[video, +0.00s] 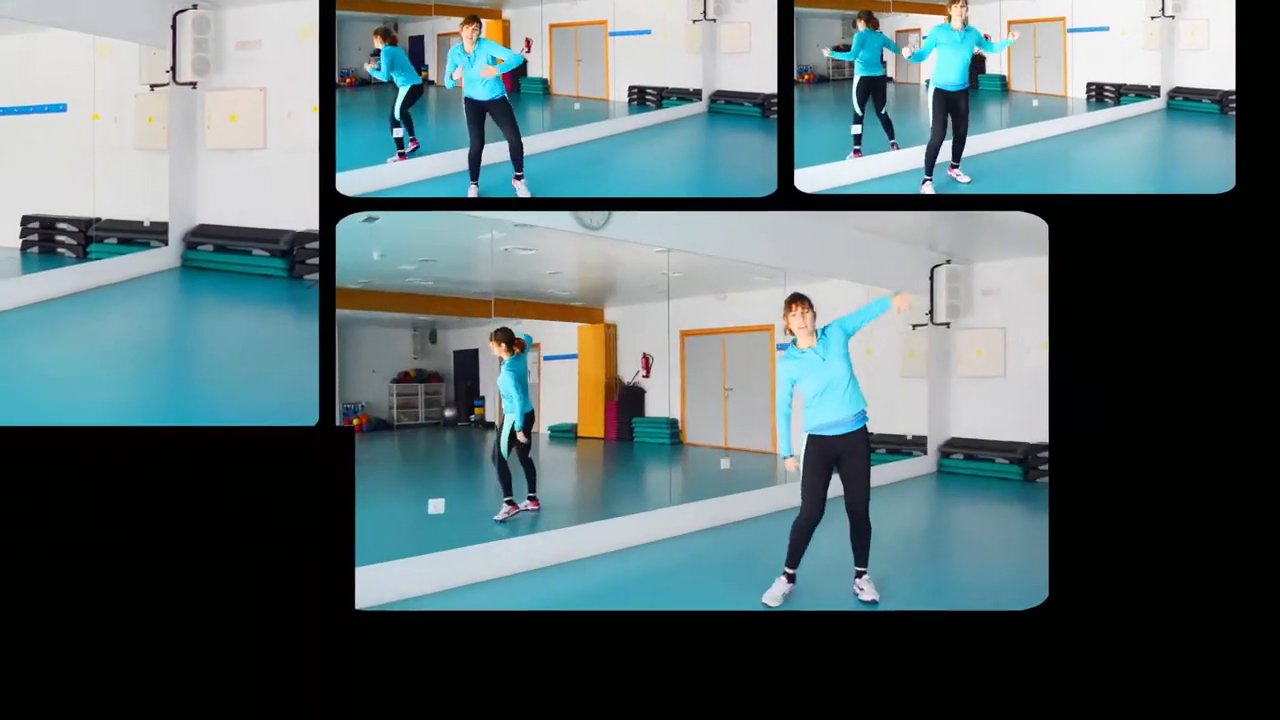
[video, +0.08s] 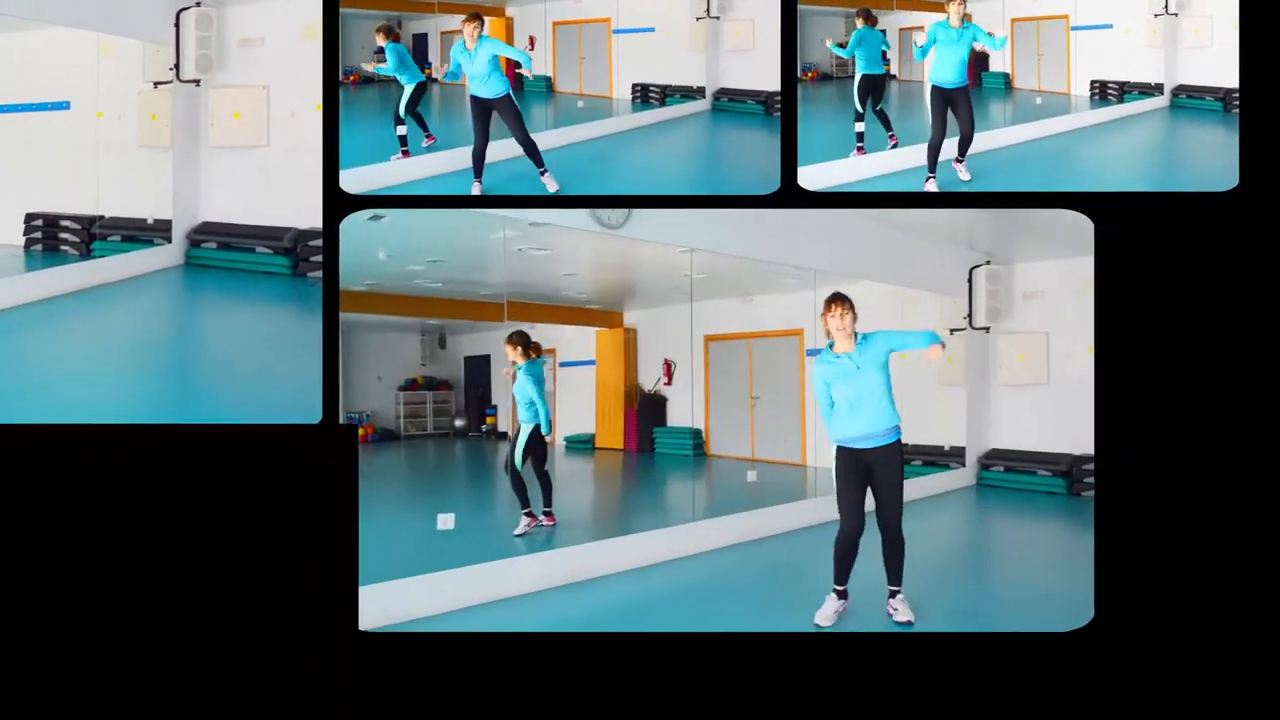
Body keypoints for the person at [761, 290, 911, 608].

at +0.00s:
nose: (801, 317)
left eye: (805, 311)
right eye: (794, 313)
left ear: (813, 315)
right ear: (787, 322)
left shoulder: (837, 331)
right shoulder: (788, 362)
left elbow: (867, 313)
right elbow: (783, 409)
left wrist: (894, 298)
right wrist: (787, 451)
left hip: (854, 436)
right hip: (818, 441)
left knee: (859, 510)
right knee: (810, 513)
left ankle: (861, 577)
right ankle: (787, 578)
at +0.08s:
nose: (839, 319)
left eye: (844, 313)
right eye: (832, 314)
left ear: (854, 317)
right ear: (824, 322)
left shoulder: (878, 342)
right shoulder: (821, 365)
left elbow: (924, 336)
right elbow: (827, 411)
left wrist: (935, 342)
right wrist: (842, 442)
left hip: (887, 448)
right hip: (848, 452)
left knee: (891, 523)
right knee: (850, 525)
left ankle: (895, 597)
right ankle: (838, 595)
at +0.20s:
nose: (892, 322)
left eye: (898, 316)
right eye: (885, 317)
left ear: (909, 323)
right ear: (877, 325)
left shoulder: (933, 360)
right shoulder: (866, 367)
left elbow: (974, 397)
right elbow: (869, 413)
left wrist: (952, 414)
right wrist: (884, 441)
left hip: (926, 465)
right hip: (883, 466)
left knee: (932, 542)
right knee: (892, 542)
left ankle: (940, 622)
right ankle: (892, 610)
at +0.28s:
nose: (922, 324)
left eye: (928, 318)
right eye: (915, 318)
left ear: (939, 324)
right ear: (906, 325)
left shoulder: (959, 368)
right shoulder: (893, 367)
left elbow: (981, 423)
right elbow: (885, 414)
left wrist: (944, 424)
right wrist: (873, 449)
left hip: (944, 474)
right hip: (901, 472)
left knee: (953, 553)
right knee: (906, 552)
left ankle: (965, 635)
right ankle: (911, 613)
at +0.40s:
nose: (946, 327)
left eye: (954, 322)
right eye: (940, 321)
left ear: (965, 331)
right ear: (931, 328)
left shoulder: (978, 374)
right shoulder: (915, 369)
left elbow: (983, 436)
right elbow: (894, 405)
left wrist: (934, 417)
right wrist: (848, 422)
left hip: (959, 482)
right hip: (914, 480)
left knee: (974, 567)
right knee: (911, 567)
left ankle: (993, 652)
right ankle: (908, 631)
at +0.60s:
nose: (935, 341)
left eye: (944, 337)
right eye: (931, 334)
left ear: (954, 346)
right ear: (919, 338)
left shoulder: (959, 388)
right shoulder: (898, 376)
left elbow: (957, 446)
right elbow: (849, 398)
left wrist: (922, 406)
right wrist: (832, 357)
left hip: (932, 498)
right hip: (887, 494)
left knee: (964, 583)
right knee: (889, 581)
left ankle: (1008, 662)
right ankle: (895, 652)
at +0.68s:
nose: (924, 340)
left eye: (933, 336)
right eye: (919, 332)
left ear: (941, 346)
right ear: (907, 337)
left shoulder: (944, 387)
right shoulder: (881, 372)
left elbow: (934, 442)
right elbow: (827, 388)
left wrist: (912, 397)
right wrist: (836, 341)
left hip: (916, 494)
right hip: (874, 492)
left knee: (945, 582)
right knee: (883, 581)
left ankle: (985, 658)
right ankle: (898, 650)